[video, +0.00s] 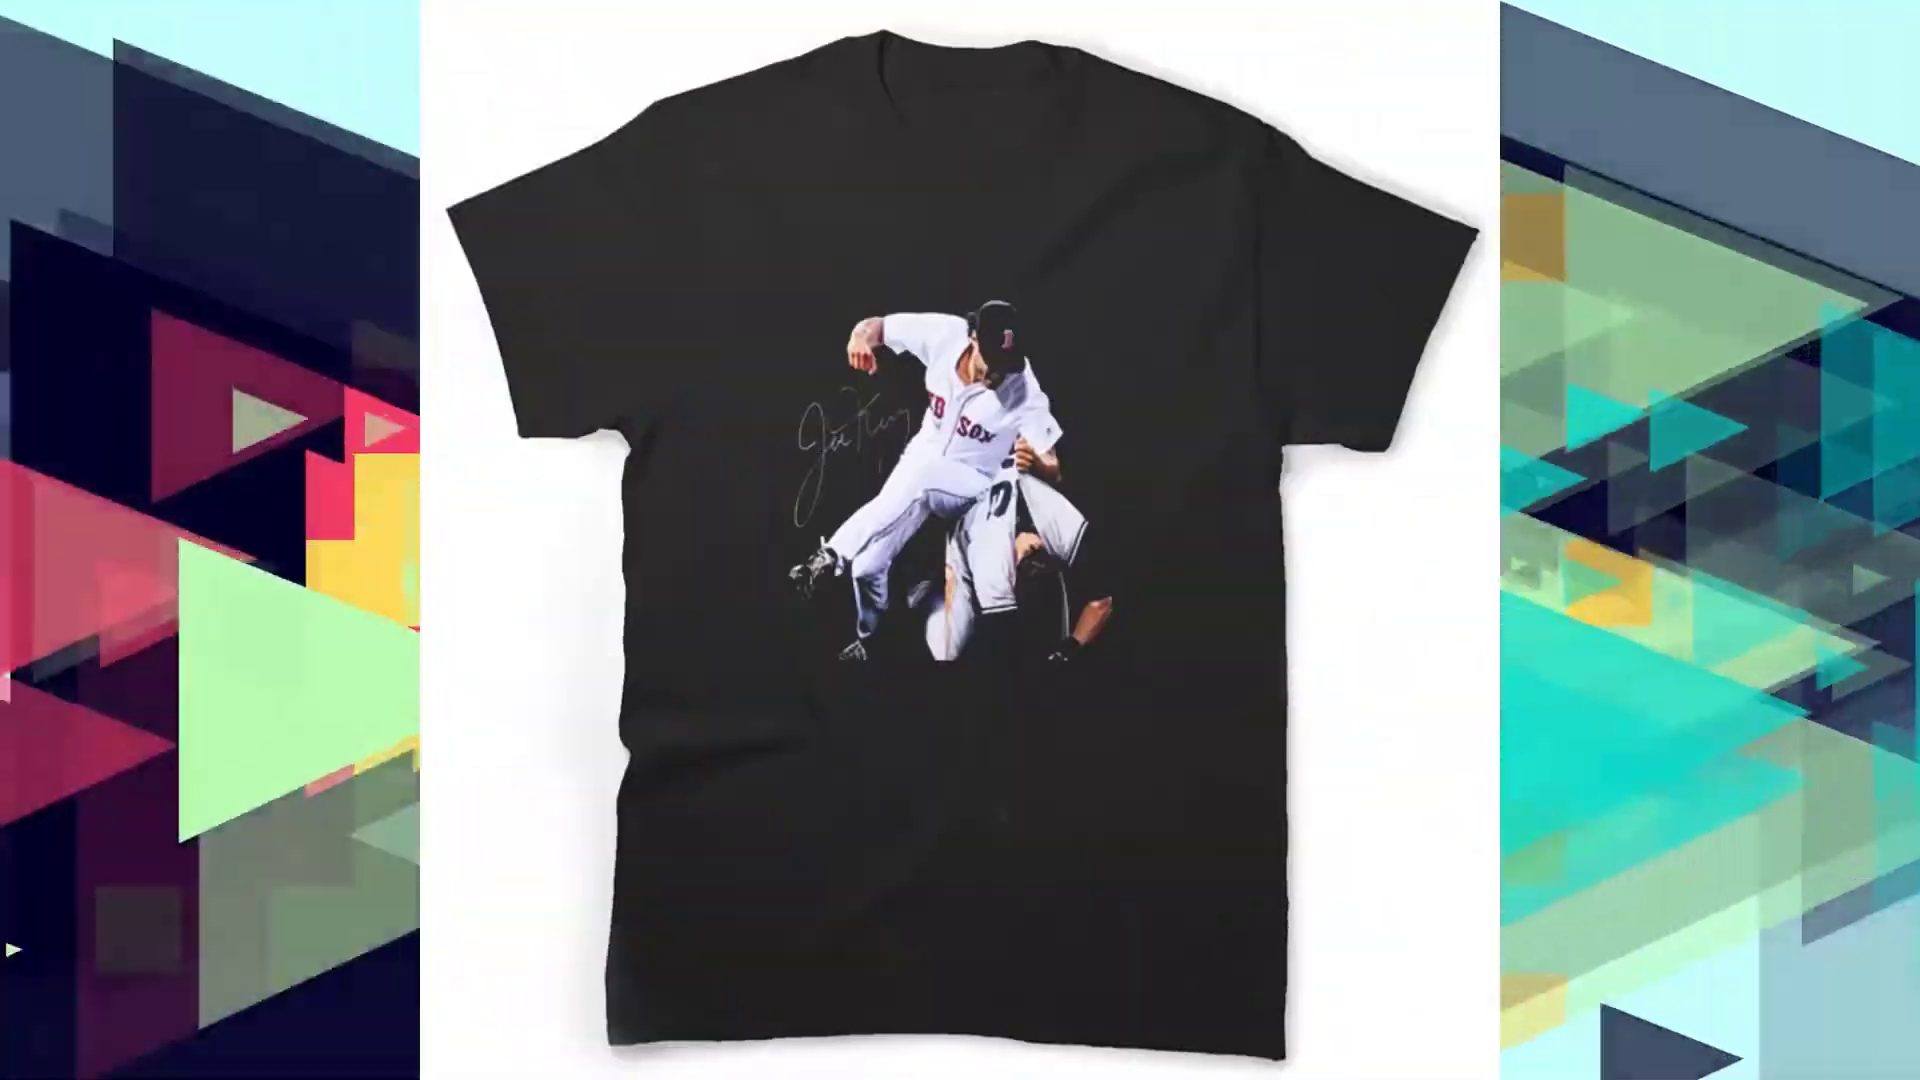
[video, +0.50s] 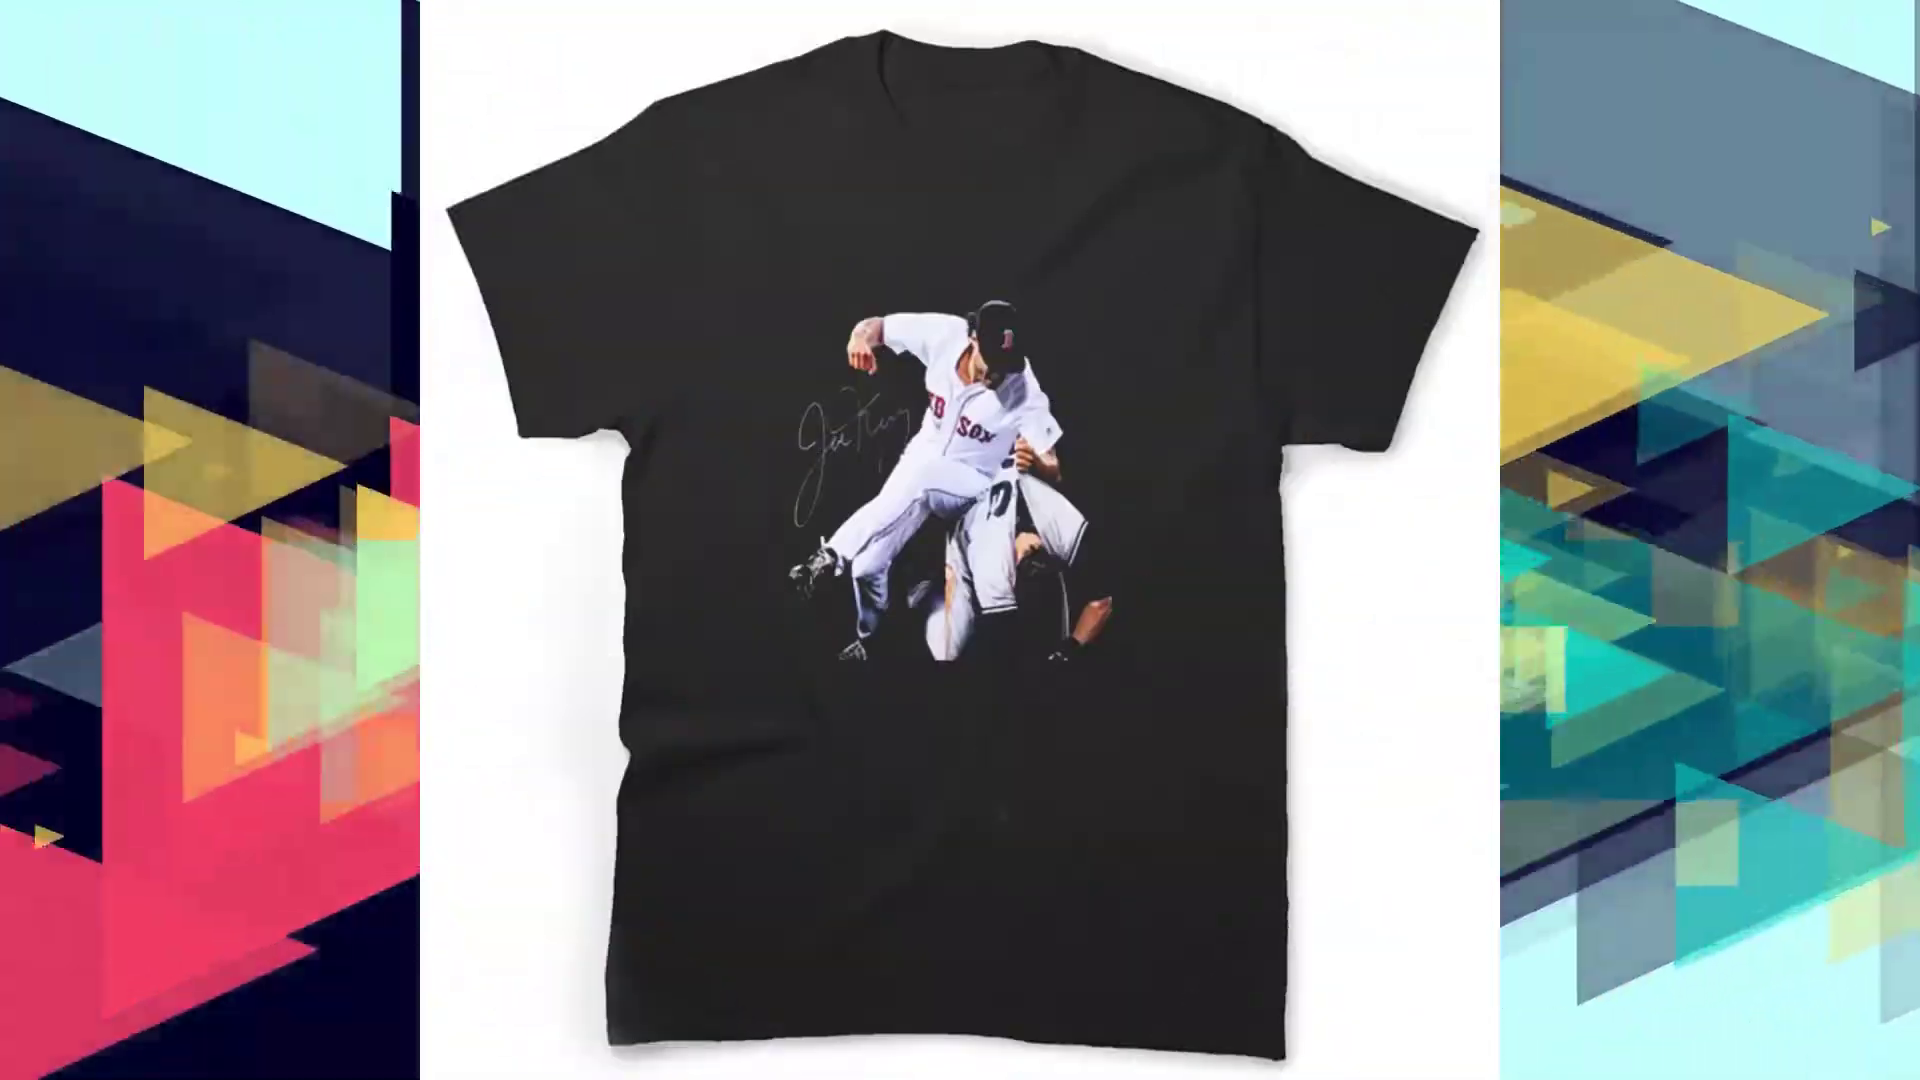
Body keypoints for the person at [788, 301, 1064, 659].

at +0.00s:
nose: (995, 373)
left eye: (1004, 366)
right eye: (990, 364)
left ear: (1016, 355)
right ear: (973, 342)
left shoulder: (1023, 390)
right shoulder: (946, 334)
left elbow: (1055, 470)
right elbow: (874, 327)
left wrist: (1038, 463)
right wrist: (861, 341)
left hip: (978, 482)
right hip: (922, 460)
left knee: (920, 477)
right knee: (867, 565)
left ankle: (827, 559)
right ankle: (870, 640)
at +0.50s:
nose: (995, 373)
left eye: (1004, 366)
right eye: (990, 364)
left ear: (1016, 355)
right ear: (973, 342)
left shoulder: (1023, 390)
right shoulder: (946, 334)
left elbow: (1055, 470)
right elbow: (874, 327)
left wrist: (1038, 463)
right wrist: (861, 341)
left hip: (978, 482)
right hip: (922, 460)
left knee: (920, 477)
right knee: (867, 565)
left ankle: (827, 559)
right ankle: (870, 640)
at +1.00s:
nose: (997, 374)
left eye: (1006, 367)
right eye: (991, 364)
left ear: (1017, 354)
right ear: (973, 341)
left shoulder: (1023, 389)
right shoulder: (946, 334)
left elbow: (1054, 468)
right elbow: (878, 327)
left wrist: (1038, 463)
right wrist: (861, 338)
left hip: (978, 482)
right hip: (922, 460)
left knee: (920, 476)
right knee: (867, 566)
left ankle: (828, 560)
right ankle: (871, 641)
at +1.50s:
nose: (997, 374)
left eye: (1006, 367)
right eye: (991, 364)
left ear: (1017, 354)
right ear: (973, 341)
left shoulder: (1023, 389)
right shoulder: (946, 334)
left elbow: (1054, 468)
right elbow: (878, 327)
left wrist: (1038, 463)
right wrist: (861, 338)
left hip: (979, 482)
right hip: (922, 460)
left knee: (920, 476)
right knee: (867, 566)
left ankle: (828, 560)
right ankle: (871, 642)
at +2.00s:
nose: (997, 374)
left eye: (1006, 367)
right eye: (991, 364)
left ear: (1017, 354)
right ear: (973, 341)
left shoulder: (1023, 389)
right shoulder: (946, 334)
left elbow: (1054, 468)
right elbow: (878, 327)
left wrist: (1038, 463)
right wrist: (861, 338)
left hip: (979, 482)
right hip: (922, 460)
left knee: (920, 476)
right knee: (867, 566)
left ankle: (828, 560)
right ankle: (871, 642)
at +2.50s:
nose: (997, 374)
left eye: (1006, 367)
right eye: (991, 364)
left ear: (1017, 354)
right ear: (973, 341)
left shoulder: (1023, 389)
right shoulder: (946, 334)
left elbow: (1054, 468)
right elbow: (878, 327)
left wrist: (1038, 463)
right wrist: (861, 338)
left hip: (979, 482)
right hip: (922, 460)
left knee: (920, 476)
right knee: (867, 566)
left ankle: (828, 560)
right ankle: (871, 642)